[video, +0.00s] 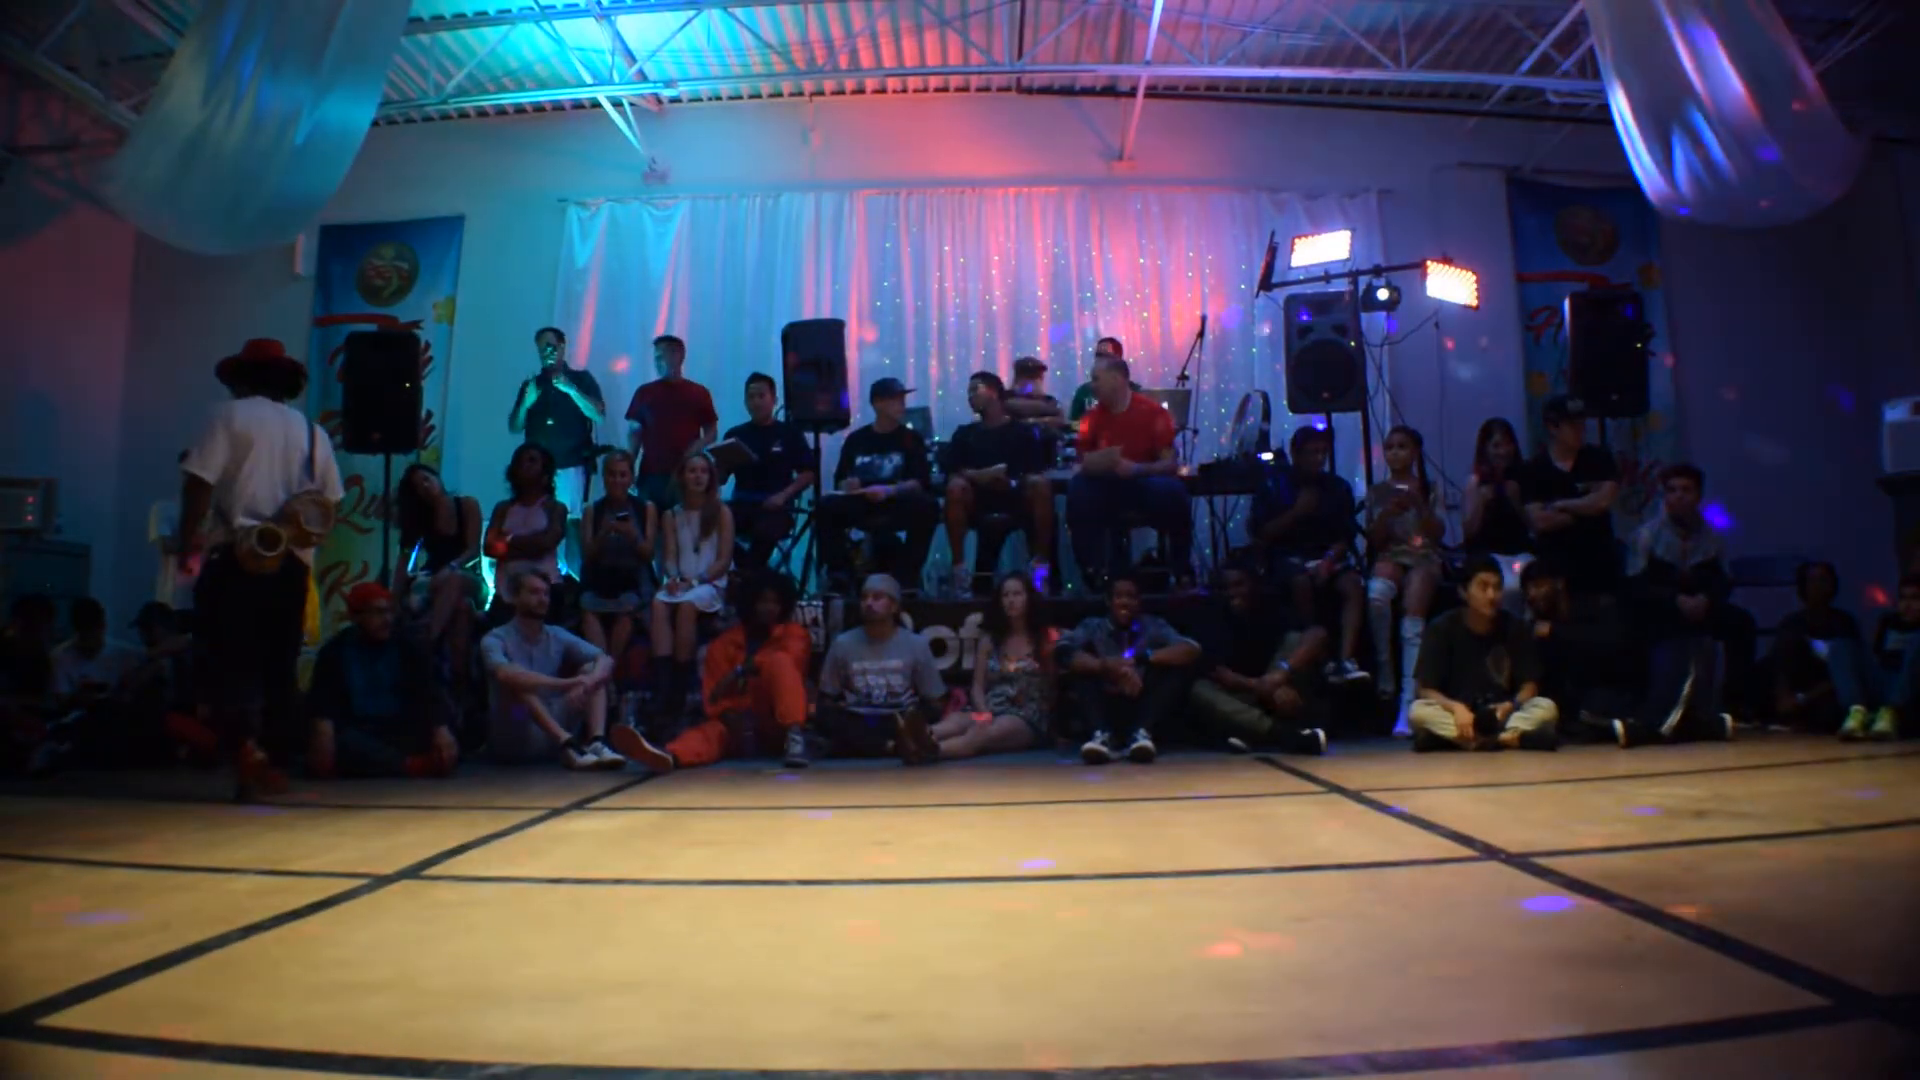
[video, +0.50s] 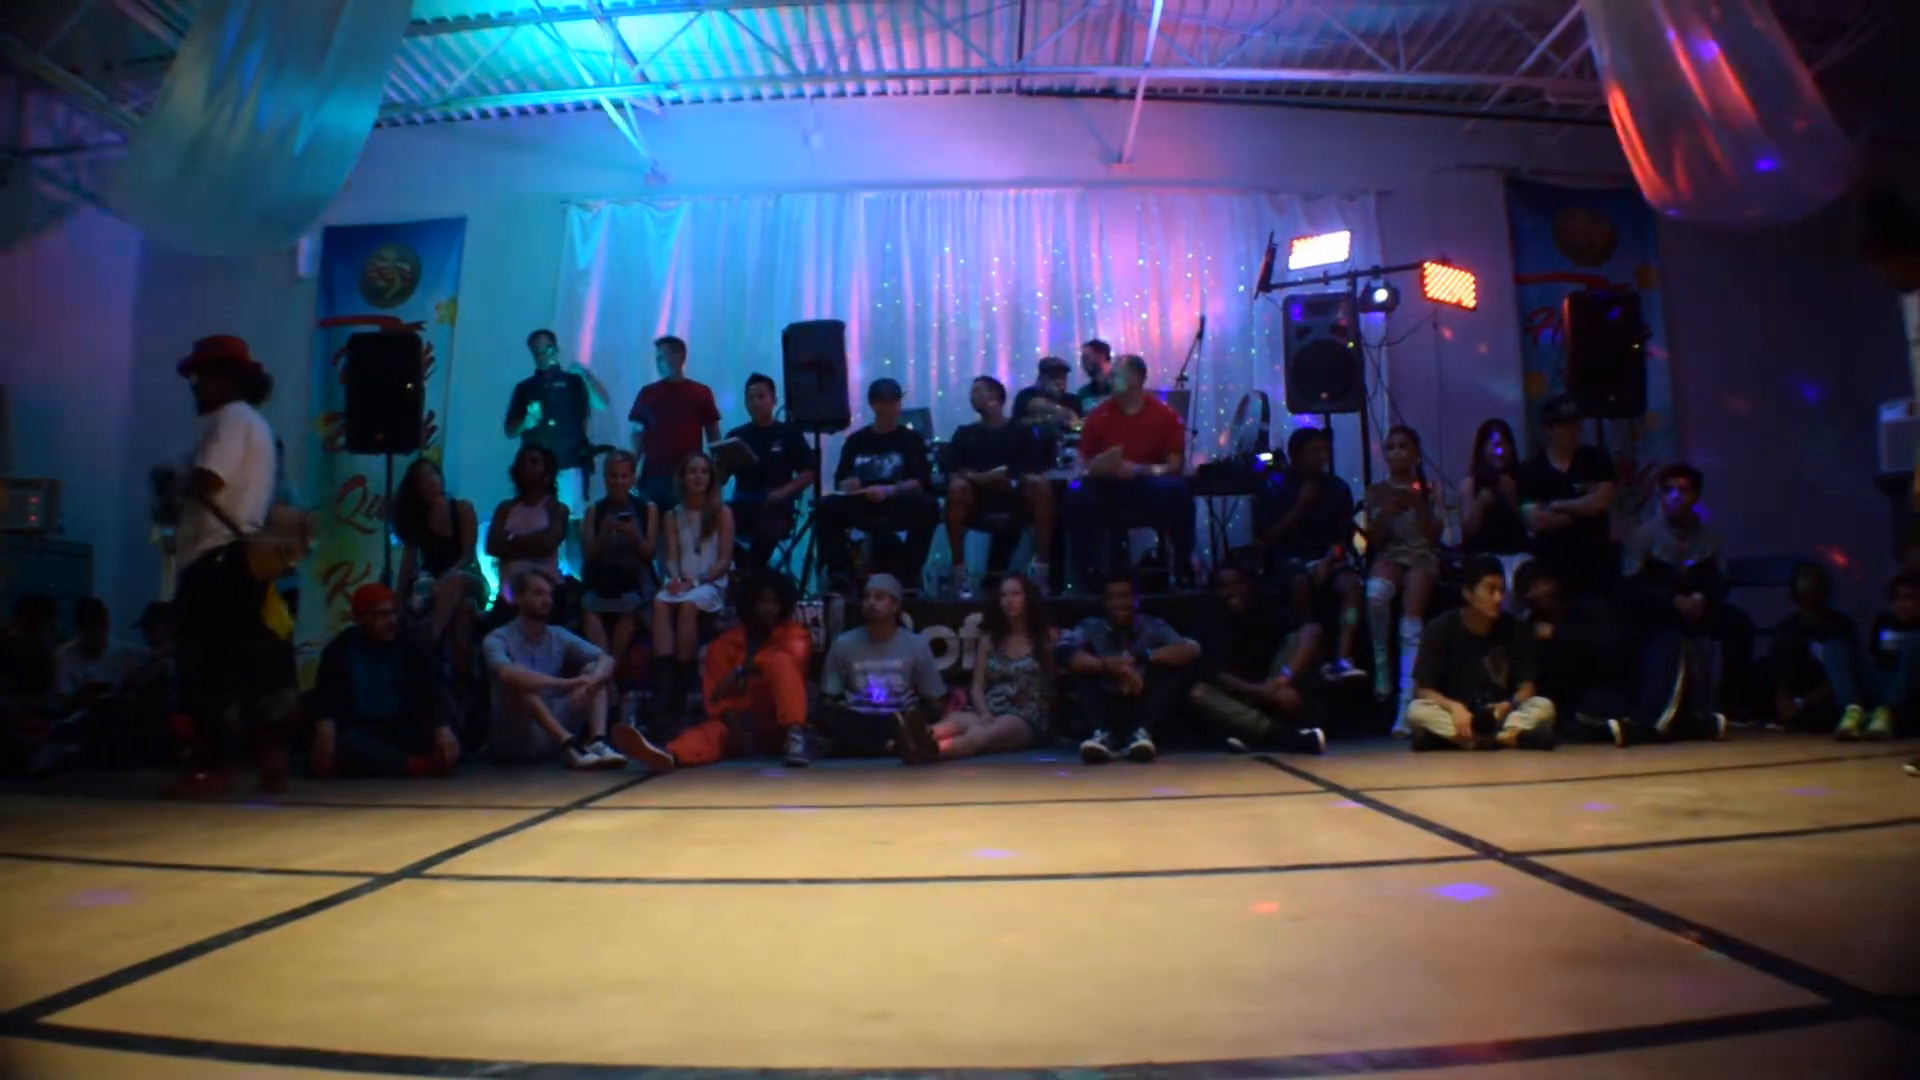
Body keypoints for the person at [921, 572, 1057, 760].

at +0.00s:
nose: (1011, 600)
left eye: (1017, 594)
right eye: (1006, 595)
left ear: (1030, 598)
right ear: (999, 600)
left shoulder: (1044, 638)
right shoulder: (990, 640)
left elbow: (1053, 683)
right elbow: (978, 685)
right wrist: (983, 712)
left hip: (1030, 714)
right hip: (993, 710)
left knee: (980, 735)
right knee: (957, 720)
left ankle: (931, 751)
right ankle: (918, 736)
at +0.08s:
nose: (1010, 601)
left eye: (1016, 594)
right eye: (1005, 595)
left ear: (1029, 598)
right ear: (999, 600)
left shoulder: (1043, 639)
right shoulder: (989, 640)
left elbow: (1053, 683)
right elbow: (977, 686)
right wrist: (984, 713)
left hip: (1028, 714)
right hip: (991, 710)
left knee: (982, 736)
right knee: (956, 721)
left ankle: (930, 752)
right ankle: (916, 737)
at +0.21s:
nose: (1009, 601)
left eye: (1015, 594)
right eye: (1004, 596)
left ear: (1029, 599)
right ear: (999, 601)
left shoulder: (1042, 640)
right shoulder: (989, 641)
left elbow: (1051, 687)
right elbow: (977, 688)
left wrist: (1052, 729)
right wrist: (984, 713)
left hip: (1027, 714)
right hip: (991, 710)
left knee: (981, 735)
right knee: (957, 720)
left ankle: (931, 752)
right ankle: (919, 738)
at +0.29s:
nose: (1008, 601)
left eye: (1015, 594)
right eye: (1004, 595)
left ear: (1029, 598)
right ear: (998, 600)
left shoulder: (1043, 639)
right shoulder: (989, 641)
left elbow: (1051, 684)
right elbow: (977, 688)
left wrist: (1044, 717)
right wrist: (984, 713)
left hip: (1026, 712)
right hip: (991, 712)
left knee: (981, 735)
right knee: (957, 720)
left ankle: (932, 752)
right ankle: (920, 738)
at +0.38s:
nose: (1008, 601)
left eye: (1014, 594)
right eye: (1004, 596)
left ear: (1029, 599)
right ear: (999, 601)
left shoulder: (1043, 639)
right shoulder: (990, 641)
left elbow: (1052, 687)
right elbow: (977, 688)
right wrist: (985, 714)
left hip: (1027, 715)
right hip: (991, 711)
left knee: (984, 734)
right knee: (959, 720)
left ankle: (931, 751)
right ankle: (921, 736)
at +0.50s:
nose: (1008, 601)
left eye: (1015, 594)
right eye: (1004, 595)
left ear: (1029, 598)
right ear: (998, 601)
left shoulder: (1042, 639)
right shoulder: (990, 640)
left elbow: (1052, 684)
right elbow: (977, 686)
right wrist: (985, 714)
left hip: (1027, 714)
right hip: (991, 710)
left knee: (984, 735)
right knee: (956, 720)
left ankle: (932, 751)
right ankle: (921, 736)